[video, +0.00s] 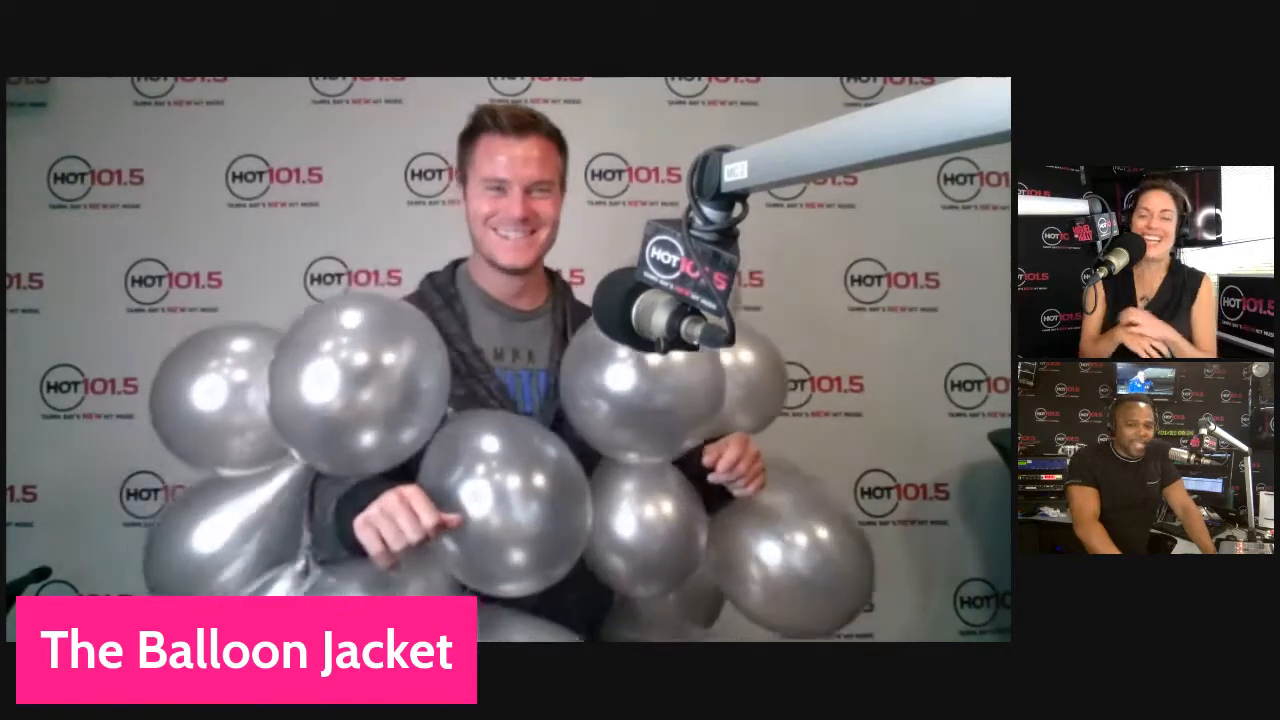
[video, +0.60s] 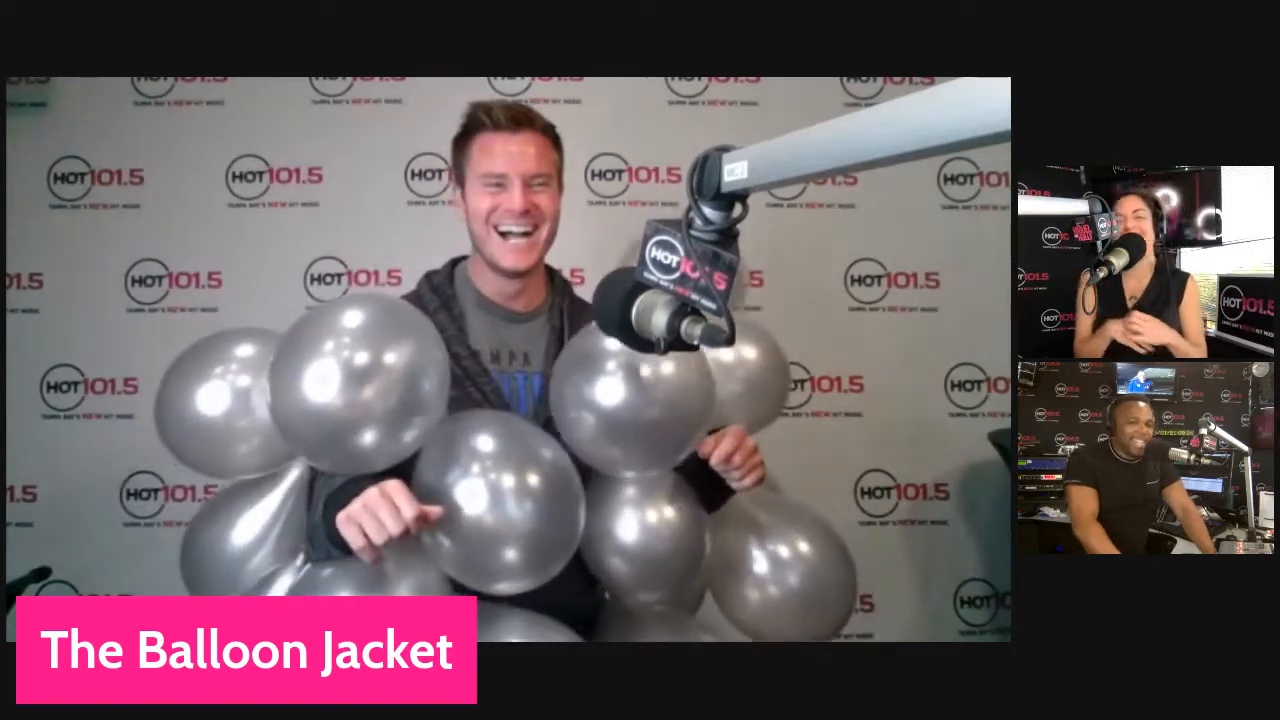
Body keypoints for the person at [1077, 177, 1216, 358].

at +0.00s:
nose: (1152, 225)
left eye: (1165, 217)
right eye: (1143, 215)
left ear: (1178, 227)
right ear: (1130, 222)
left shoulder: (1198, 285)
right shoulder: (1103, 282)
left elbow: (1208, 362)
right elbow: (1086, 353)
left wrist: (1166, 332)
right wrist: (1117, 334)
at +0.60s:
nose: (1128, 226)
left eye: (1139, 217)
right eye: (1119, 219)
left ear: (1156, 226)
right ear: (1110, 229)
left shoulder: (1182, 284)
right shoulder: (1093, 280)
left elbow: (1200, 355)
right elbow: (1082, 353)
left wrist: (1169, 336)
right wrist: (1109, 329)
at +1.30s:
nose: (1087, 244)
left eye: (1096, 232)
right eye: (1080, 233)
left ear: (1115, 234)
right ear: (1074, 238)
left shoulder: (1155, 285)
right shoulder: (1070, 287)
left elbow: (1168, 353)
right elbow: (1064, 353)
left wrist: (1137, 334)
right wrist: (1096, 337)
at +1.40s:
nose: (1085, 257)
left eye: (1092, 248)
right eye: (1077, 249)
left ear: (1114, 240)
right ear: (1072, 249)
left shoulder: (1153, 284)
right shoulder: (1068, 287)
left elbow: (1168, 352)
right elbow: (1063, 353)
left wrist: (1140, 335)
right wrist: (1088, 337)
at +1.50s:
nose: (1083, 258)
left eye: (1091, 248)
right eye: (1075, 250)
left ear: (1113, 241)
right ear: (1070, 250)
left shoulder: (1152, 284)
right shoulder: (1067, 288)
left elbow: (1169, 351)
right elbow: (1063, 356)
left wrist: (1146, 335)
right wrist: (1080, 336)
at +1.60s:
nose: (1083, 258)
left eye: (1090, 248)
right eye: (1075, 249)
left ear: (1112, 241)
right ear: (1069, 250)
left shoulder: (1152, 283)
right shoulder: (1068, 288)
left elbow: (1171, 350)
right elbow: (1063, 356)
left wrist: (1148, 335)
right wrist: (1082, 336)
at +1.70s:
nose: (1084, 259)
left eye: (1091, 248)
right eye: (1076, 250)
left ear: (1113, 240)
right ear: (1070, 250)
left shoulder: (1154, 283)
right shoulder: (1069, 288)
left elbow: (1172, 349)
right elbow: (1064, 355)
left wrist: (1145, 337)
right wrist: (1091, 339)